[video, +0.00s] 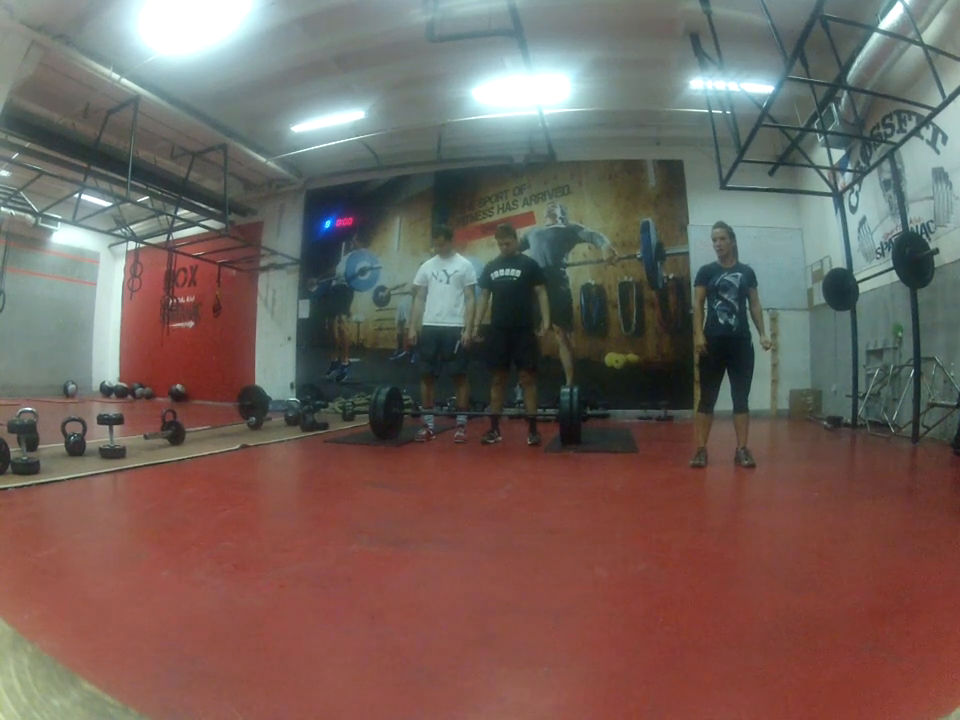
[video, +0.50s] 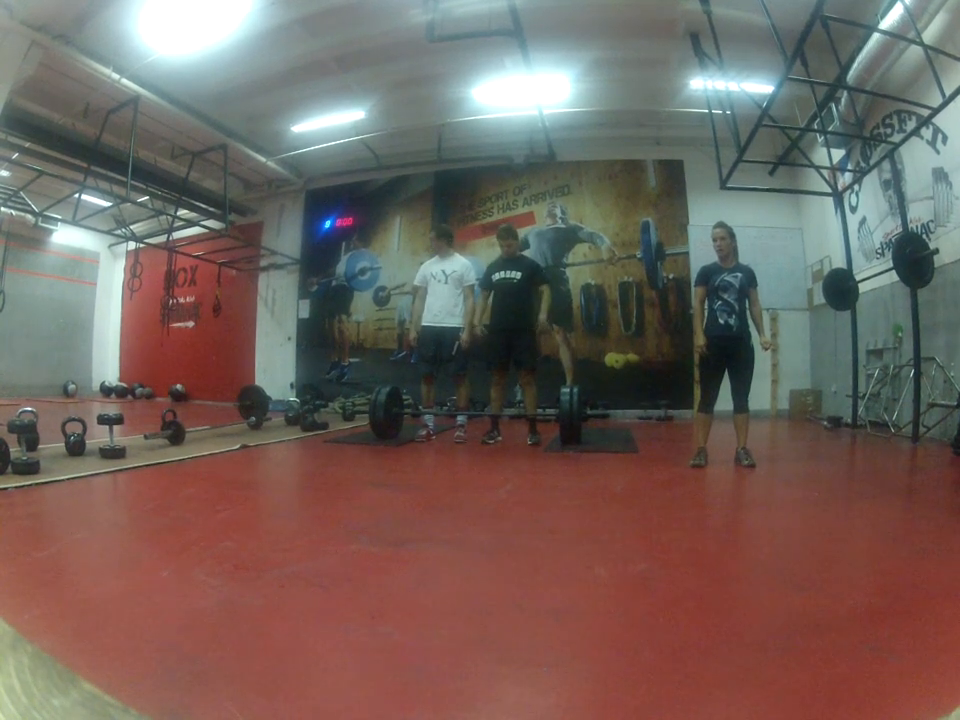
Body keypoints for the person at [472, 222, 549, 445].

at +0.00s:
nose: (505, 247)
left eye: (509, 242)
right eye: (502, 243)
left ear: (517, 241)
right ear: (497, 244)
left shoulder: (529, 264)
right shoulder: (491, 267)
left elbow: (541, 293)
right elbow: (483, 298)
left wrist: (546, 321)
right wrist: (476, 326)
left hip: (525, 329)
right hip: (498, 330)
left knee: (527, 378)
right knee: (498, 378)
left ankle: (532, 429)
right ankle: (494, 428)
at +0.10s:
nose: (506, 248)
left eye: (509, 244)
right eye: (502, 244)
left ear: (517, 242)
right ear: (497, 244)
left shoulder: (530, 265)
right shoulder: (491, 267)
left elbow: (543, 293)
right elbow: (482, 298)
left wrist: (541, 320)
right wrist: (478, 325)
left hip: (524, 329)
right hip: (498, 329)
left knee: (526, 377)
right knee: (498, 378)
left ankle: (533, 429)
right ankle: (494, 428)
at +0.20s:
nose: (506, 248)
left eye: (510, 243)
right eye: (503, 244)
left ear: (517, 242)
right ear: (497, 244)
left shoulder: (530, 265)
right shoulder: (492, 267)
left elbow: (544, 292)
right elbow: (483, 296)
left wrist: (540, 318)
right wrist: (476, 320)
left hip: (524, 329)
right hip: (498, 330)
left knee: (526, 378)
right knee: (498, 378)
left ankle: (533, 429)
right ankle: (494, 428)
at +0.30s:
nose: (507, 248)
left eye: (510, 244)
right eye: (503, 245)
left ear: (517, 242)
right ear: (498, 244)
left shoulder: (530, 265)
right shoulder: (493, 267)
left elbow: (541, 293)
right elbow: (484, 298)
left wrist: (544, 321)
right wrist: (474, 325)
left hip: (524, 329)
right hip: (498, 330)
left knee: (527, 378)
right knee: (498, 378)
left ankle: (532, 429)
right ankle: (494, 428)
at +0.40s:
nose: (507, 249)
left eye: (511, 244)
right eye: (504, 245)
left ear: (518, 243)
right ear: (498, 244)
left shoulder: (531, 266)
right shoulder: (493, 267)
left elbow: (543, 295)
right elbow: (483, 298)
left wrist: (543, 325)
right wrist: (479, 324)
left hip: (524, 330)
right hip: (498, 330)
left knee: (527, 378)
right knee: (497, 378)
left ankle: (532, 428)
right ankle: (494, 428)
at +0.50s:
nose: (508, 249)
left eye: (511, 245)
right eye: (504, 245)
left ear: (518, 243)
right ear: (498, 245)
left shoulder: (531, 266)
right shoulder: (493, 267)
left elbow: (545, 291)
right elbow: (484, 297)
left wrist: (542, 317)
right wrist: (477, 323)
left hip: (525, 329)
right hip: (498, 330)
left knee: (527, 378)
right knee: (498, 378)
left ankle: (532, 428)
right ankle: (494, 428)